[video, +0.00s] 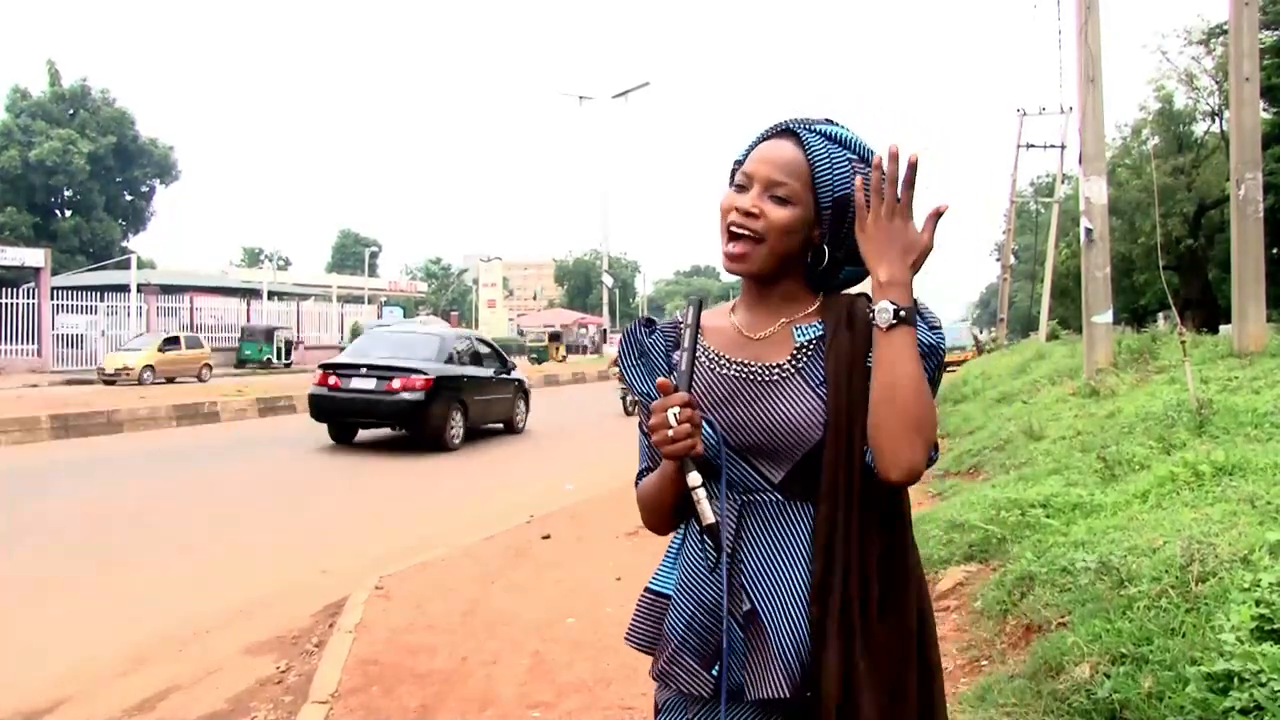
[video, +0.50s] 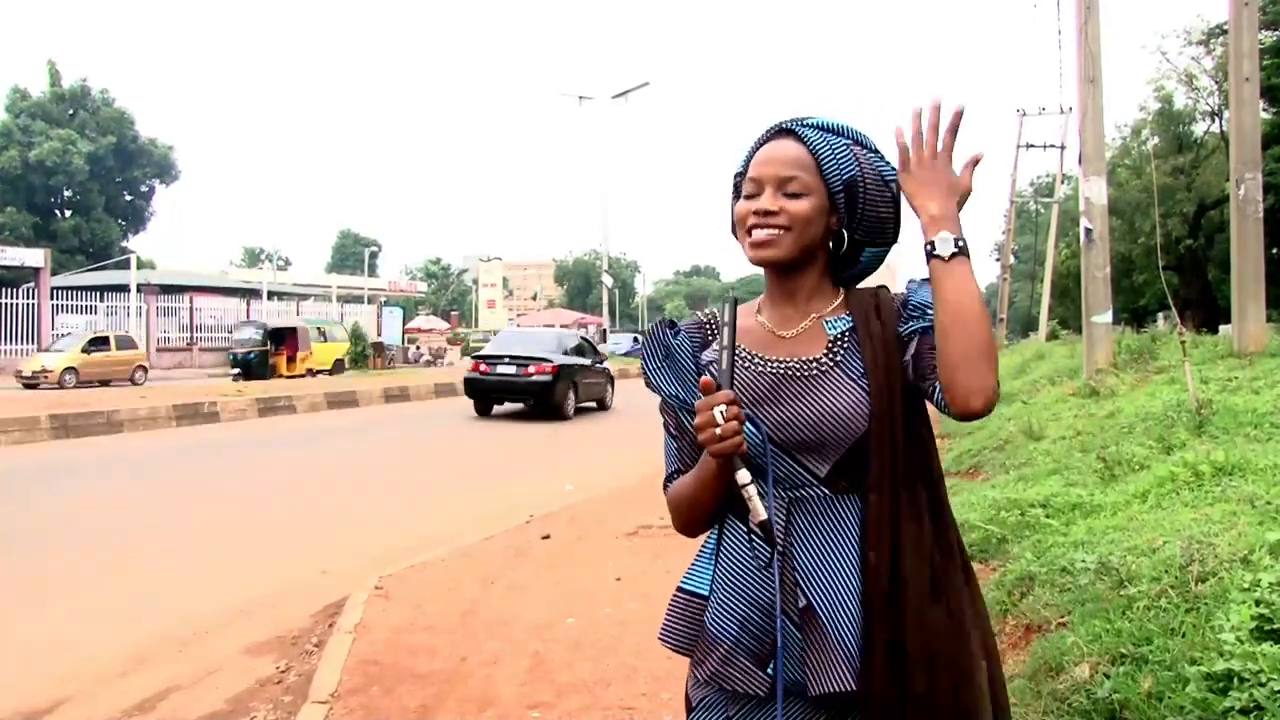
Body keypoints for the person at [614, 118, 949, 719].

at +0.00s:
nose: (745, 207)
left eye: (778, 197)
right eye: (741, 185)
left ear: (820, 230)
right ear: (723, 193)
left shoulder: (873, 330)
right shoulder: (677, 341)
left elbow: (902, 461)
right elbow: (656, 518)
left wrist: (891, 284)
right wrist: (671, 461)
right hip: (707, 629)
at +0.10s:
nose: (748, 207)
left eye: (781, 196)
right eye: (742, 185)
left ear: (822, 229)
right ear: (725, 195)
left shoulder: (868, 328)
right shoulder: (676, 339)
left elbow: (919, 444)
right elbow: (653, 515)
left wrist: (904, 273)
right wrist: (676, 458)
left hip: (835, 633)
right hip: (710, 630)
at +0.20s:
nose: (743, 204)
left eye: (776, 194)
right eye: (739, 184)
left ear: (821, 225)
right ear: (726, 191)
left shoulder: (871, 326)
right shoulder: (678, 339)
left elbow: (937, 412)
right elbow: (653, 515)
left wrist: (922, 265)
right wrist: (681, 459)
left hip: (836, 627)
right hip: (714, 628)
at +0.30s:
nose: (747, 205)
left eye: (778, 193)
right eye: (740, 186)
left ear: (825, 220)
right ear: (726, 196)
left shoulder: (872, 321)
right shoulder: (684, 340)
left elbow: (952, 384)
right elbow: (661, 516)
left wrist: (935, 253)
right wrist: (689, 460)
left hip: (847, 631)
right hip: (723, 630)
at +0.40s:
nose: (753, 205)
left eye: (783, 192)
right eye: (743, 189)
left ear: (829, 217)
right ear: (729, 204)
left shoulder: (876, 317)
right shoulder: (689, 339)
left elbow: (958, 371)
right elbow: (672, 516)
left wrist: (942, 228)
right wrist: (700, 459)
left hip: (852, 624)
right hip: (730, 625)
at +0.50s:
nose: (762, 206)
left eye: (791, 191)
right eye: (751, 191)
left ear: (838, 214)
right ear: (736, 209)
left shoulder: (891, 317)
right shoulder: (701, 344)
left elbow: (972, 394)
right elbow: (686, 518)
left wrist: (940, 222)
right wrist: (714, 459)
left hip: (875, 630)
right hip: (745, 633)